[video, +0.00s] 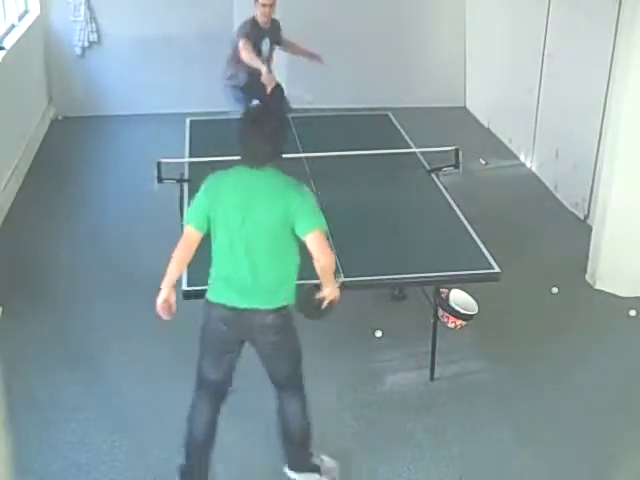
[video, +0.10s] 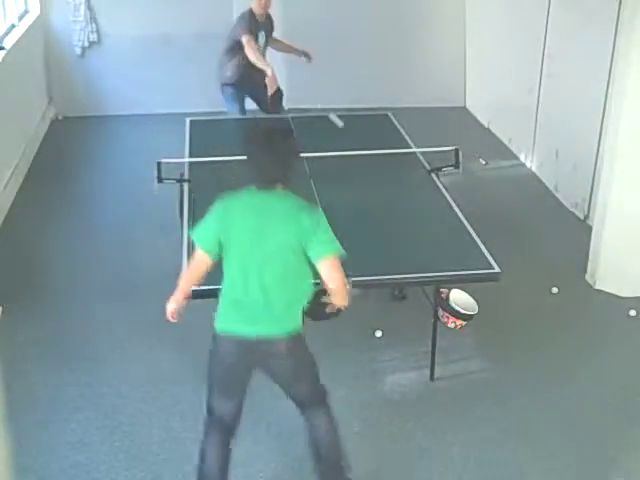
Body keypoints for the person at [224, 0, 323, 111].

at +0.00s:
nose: (267, 10)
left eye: (271, 6)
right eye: (263, 6)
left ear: (274, 8)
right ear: (256, 6)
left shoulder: (274, 26)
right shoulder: (247, 27)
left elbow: (283, 44)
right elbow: (245, 53)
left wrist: (307, 55)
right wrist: (264, 68)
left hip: (260, 81)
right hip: (235, 82)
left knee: (281, 109)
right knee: (243, 112)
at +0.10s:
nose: (264, 3)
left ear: (270, 3)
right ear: (252, 2)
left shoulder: (268, 20)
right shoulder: (245, 19)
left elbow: (270, 42)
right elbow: (250, 48)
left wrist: (297, 52)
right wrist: (268, 70)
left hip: (255, 79)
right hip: (232, 80)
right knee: (237, 119)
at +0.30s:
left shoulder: (258, 10)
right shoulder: (237, 12)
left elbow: (258, 33)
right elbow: (236, 52)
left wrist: (282, 46)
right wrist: (263, 75)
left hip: (248, 75)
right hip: (226, 76)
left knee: (266, 115)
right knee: (236, 119)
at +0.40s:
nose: (256, 0)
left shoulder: (256, 12)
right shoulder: (233, 13)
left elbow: (256, 32)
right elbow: (222, 51)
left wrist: (283, 42)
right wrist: (252, 72)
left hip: (247, 76)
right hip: (227, 76)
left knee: (259, 118)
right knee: (239, 118)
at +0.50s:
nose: (253, 3)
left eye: (254, 1)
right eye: (250, 0)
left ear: (253, 1)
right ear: (241, 0)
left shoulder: (254, 12)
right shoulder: (228, 15)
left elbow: (257, 32)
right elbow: (211, 52)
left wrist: (285, 42)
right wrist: (238, 70)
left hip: (246, 76)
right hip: (226, 77)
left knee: (250, 118)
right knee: (237, 119)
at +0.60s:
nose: (247, 1)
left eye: (249, 1)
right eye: (244, 0)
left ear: (251, 0)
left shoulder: (255, 7)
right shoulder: (225, 12)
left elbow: (261, 28)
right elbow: (204, 45)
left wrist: (285, 41)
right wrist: (227, 68)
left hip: (245, 70)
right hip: (224, 72)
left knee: (246, 114)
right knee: (232, 116)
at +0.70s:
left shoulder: (255, 4)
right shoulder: (222, 6)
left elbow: (261, 20)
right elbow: (200, 38)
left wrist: (281, 35)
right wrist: (222, 63)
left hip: (243, 66)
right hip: (219, 67)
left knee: (245, 113)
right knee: (221, 114)